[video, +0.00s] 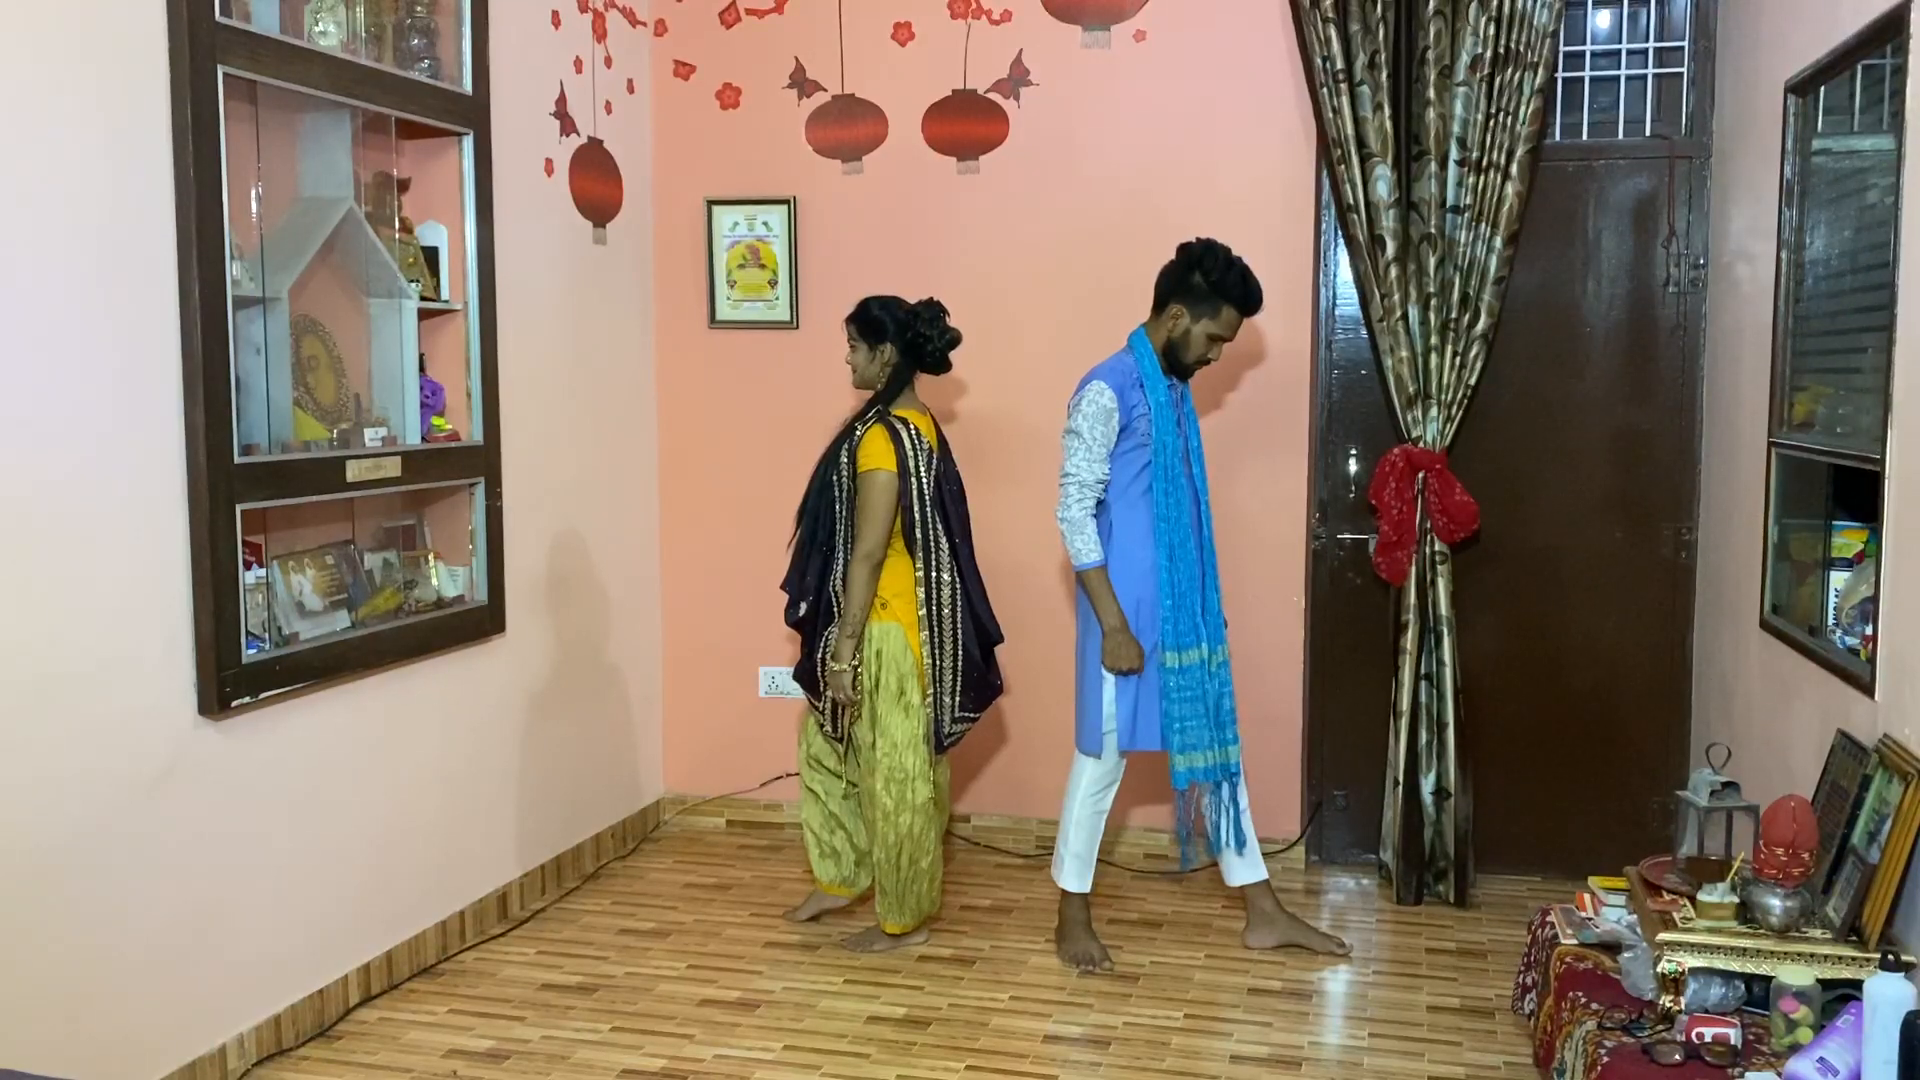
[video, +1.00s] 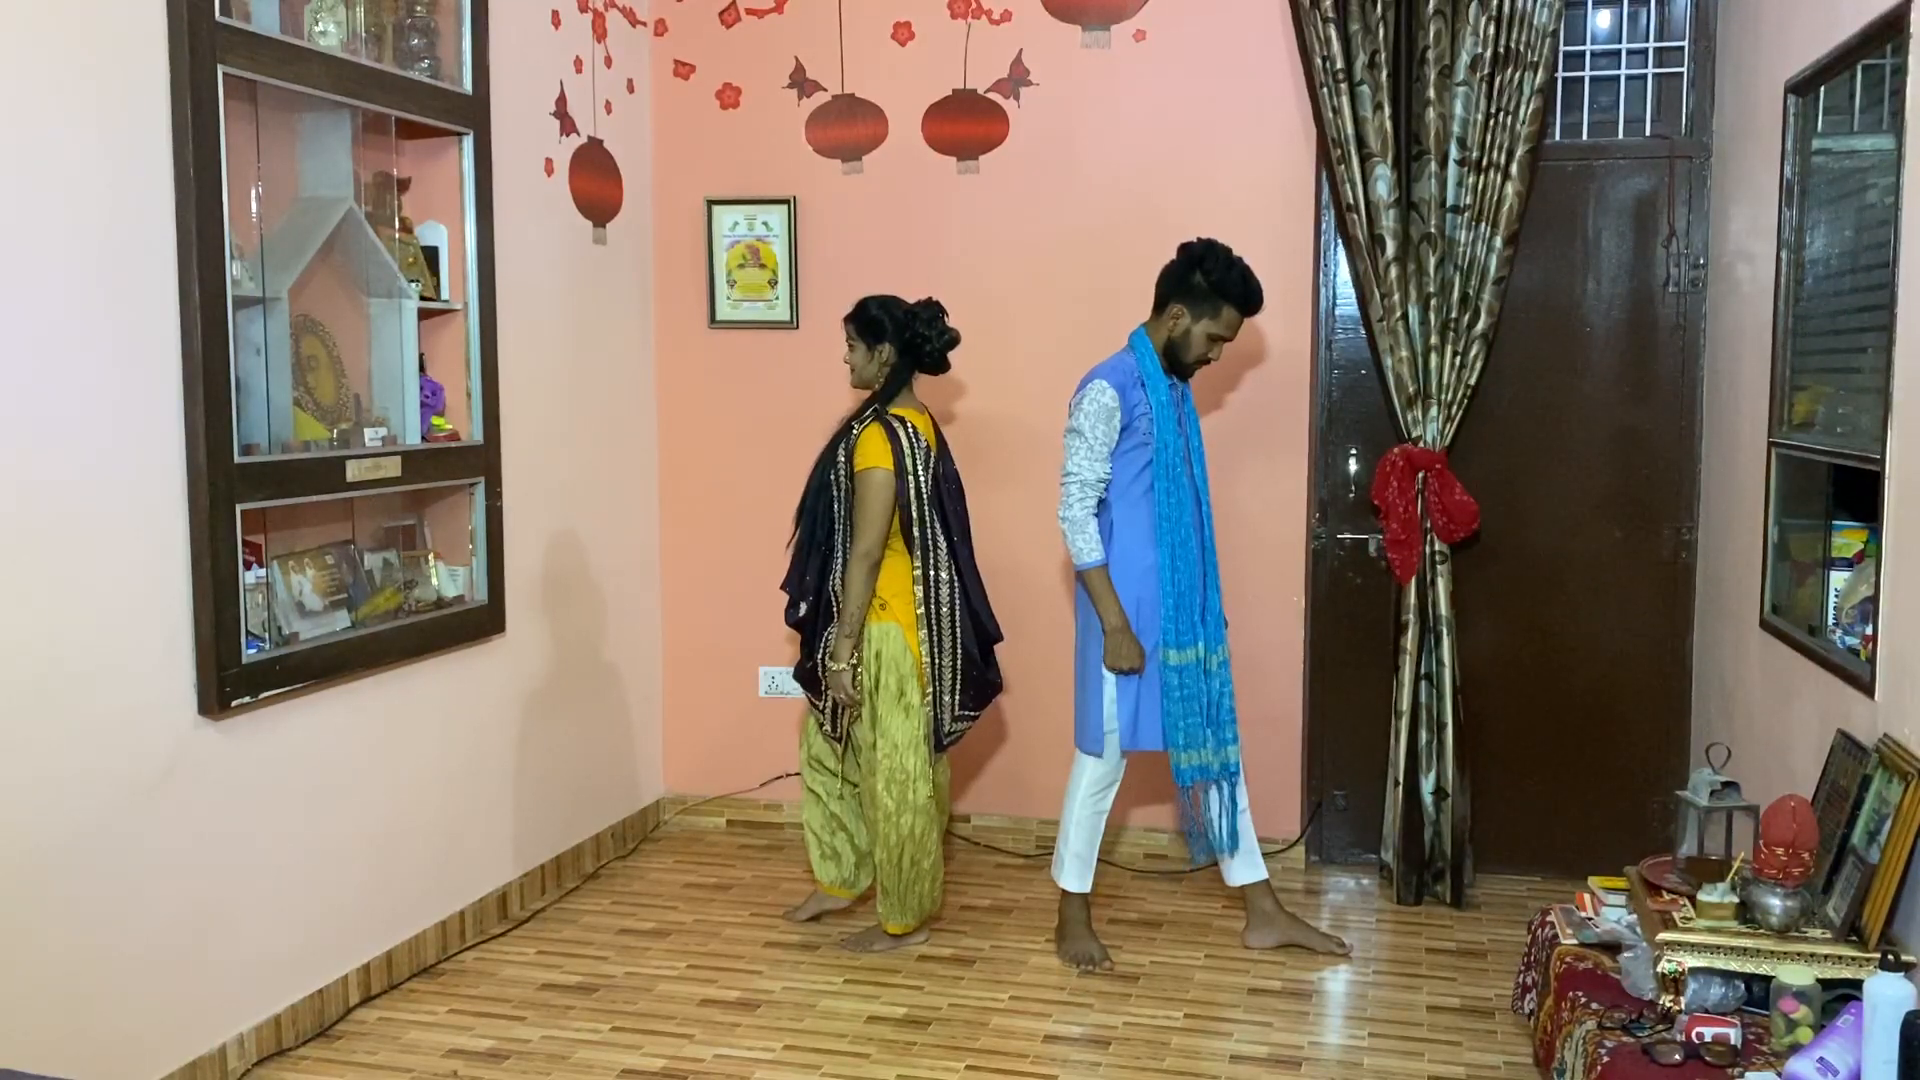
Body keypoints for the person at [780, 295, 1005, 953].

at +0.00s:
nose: (847, 359)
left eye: (856, 348)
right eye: (848, 347)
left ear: (888, 354)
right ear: (896, 355)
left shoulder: (883, 435)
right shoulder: (914, 425)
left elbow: (870, 551)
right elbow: (880, 547)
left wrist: (844, 647)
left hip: (888, 628)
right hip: (883, 619)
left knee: (896, 773)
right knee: (827, 749)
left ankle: (904, 914)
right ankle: (841, 875)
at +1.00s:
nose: (845, 359)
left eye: (854, 347)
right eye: (846, 346)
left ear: (887, 354)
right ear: (894, 354)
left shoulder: (880, 434)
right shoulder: (913, 423)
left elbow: (868, 551)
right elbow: (883, 547)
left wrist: (843, 648)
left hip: (886, 628)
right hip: (884, 618)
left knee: (896, 775)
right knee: (828, 752)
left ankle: (905, 915)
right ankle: (842, 878)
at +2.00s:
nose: (845, 358)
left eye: (854, 347)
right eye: (847, 346)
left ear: (885, 354)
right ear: (895, 354)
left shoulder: (879, 435)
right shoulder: (915, 425)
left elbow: (866, 549)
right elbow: (885, 546)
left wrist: (840, 646)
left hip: (881, 628)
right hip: (886, 619)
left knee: (895, 775)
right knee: (827, 752)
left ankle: (905, 918)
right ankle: (841, 879)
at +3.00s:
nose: (827, 330)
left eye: (835, 320)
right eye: (829, 320)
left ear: (864, 332)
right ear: (883, 334)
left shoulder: (868, 388)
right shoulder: (892, 382)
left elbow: (820, 342)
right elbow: (886, 306)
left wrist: (774, 278)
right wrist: (878, 229)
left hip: (871, 591)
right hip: (848, 586)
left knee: (879, 742)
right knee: (822, 723)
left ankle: (918, 895)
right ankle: (810, 855)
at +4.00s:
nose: (779, 379)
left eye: (778, 367)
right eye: (773, 368)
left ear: (766, 376)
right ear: (800, 377)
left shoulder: (842, 449)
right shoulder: (721, 444)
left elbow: (931, 460)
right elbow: (669, 508)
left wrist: (987, 398)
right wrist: (618, 440)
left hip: (837, 632)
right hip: (739, 637)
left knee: (913, 754)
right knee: (747, 772)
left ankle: (939, 890)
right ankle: (709, 897)